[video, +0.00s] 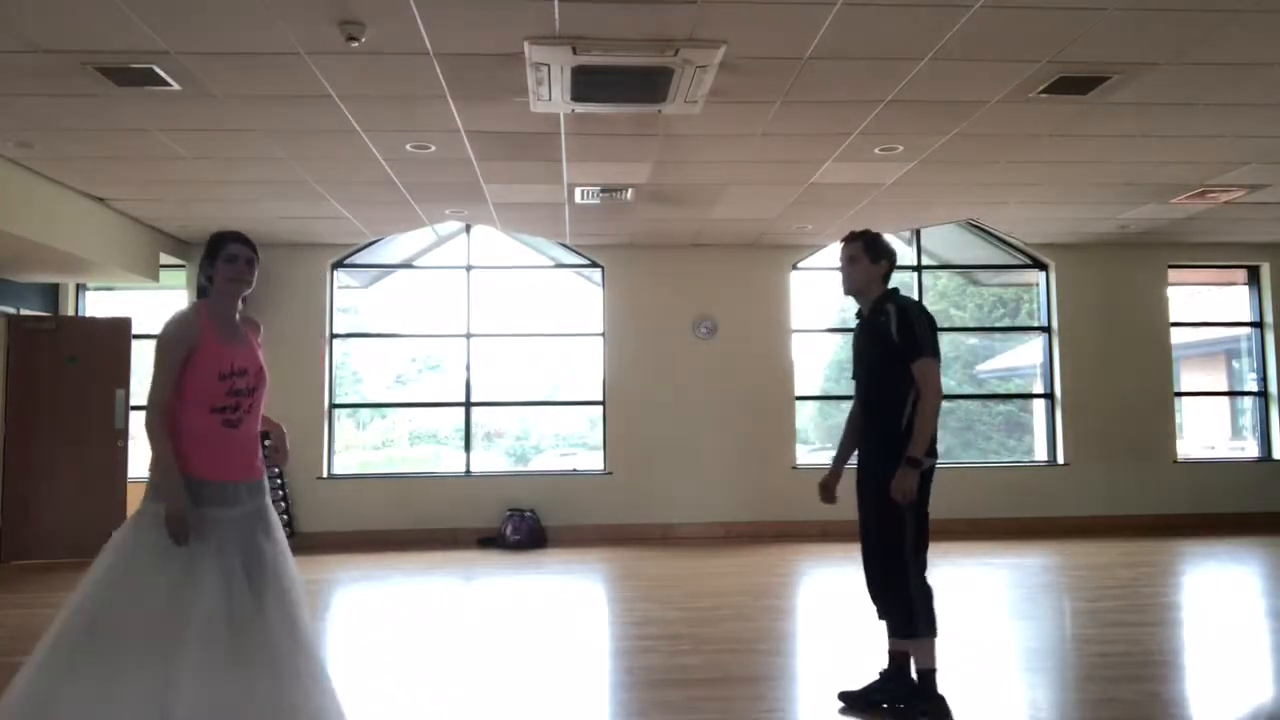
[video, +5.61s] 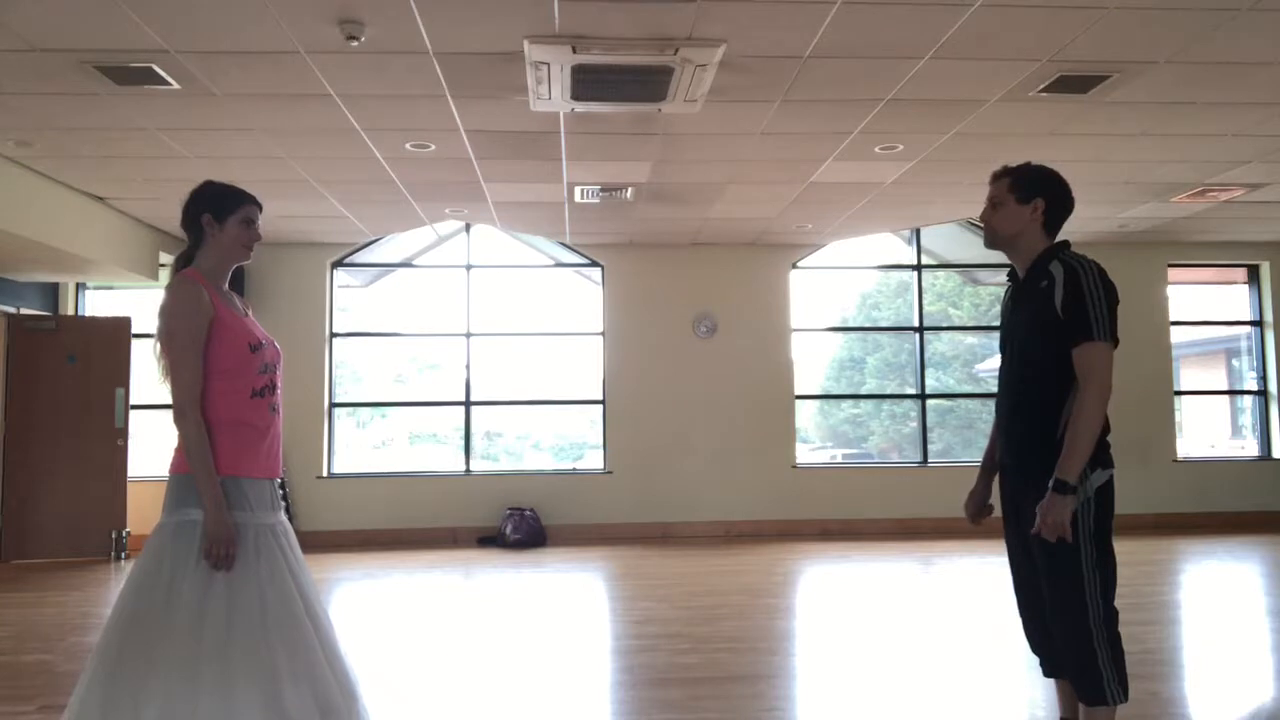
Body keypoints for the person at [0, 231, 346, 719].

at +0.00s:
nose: (244, 270)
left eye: (250, 262)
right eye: (233, 260)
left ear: (256, 274)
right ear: (210, 268)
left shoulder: (250, 329)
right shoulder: (185, 327)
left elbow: (234, 405)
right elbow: (156, 414)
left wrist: (273, 428)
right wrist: (174, 494)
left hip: (248, 493)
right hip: (193, 495)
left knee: (252, 624)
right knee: (187, 625)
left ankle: (249, 713)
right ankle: (183, 714)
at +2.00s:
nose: (264, 224)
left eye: (270, 215)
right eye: (250, 212)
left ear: (274, 226)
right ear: (220, 219)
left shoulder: (248, 290)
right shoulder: (208, 281)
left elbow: (240, 392)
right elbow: (175, 395)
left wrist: (259, 479)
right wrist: (199, 496)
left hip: (241, 489)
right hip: (205, 489)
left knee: (237, 643)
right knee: (201, 643)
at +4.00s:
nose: (263, 230)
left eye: (263, 220)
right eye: (253, 218)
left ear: (225, 224)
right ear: (215, 220)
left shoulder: (234, 297)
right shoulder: (192, 288)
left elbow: (239, 399)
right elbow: (181, 401)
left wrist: (269, 484)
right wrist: (206, 505)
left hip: (253, 493)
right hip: (218, 494)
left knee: (257, 651)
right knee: (215, 652)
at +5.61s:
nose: (258, 235)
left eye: (258, 226)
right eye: (248, 223)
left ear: (217, 228)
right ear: (209, 224)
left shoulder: (230, 300)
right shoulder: (189, 293)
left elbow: (239, 405)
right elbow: (186, 408)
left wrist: (270, 494)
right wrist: (214, 508)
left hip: (256, 497)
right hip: (219, 499)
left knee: (260, 655)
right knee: (220, 658)